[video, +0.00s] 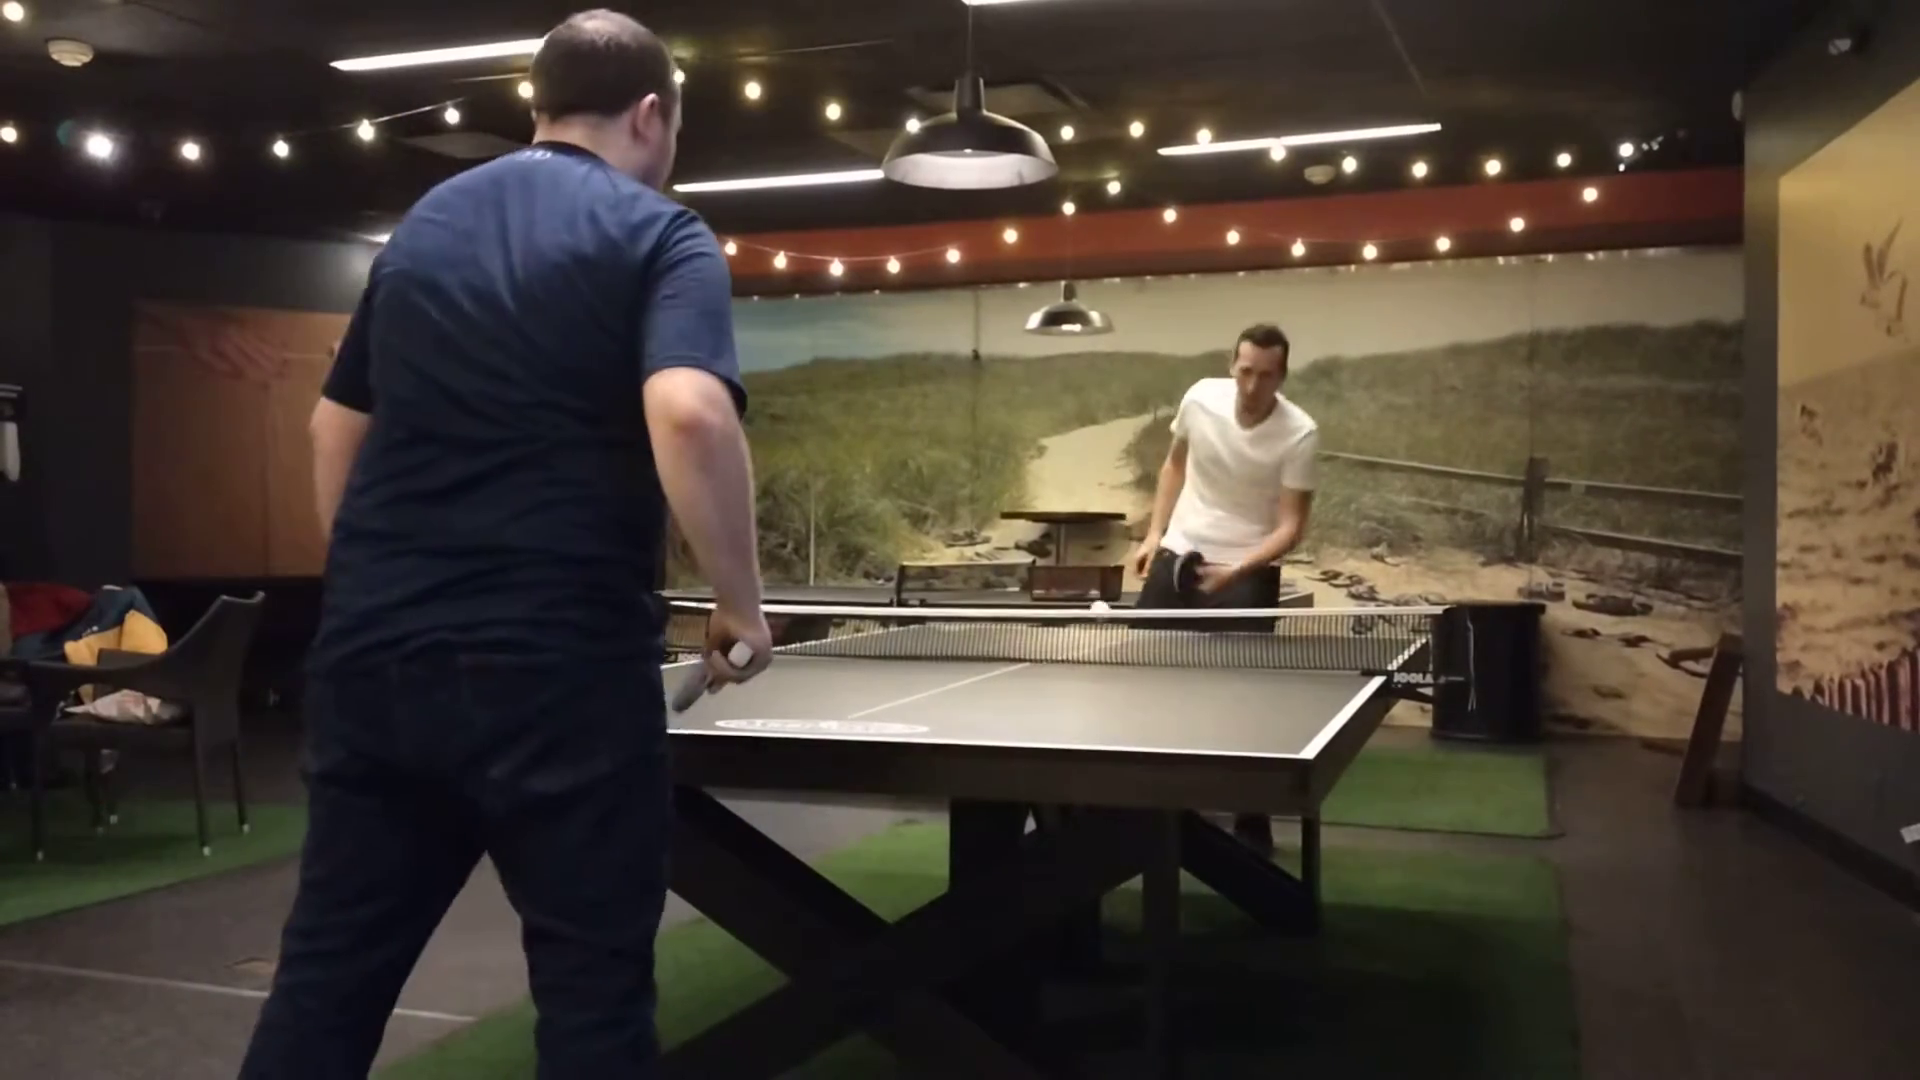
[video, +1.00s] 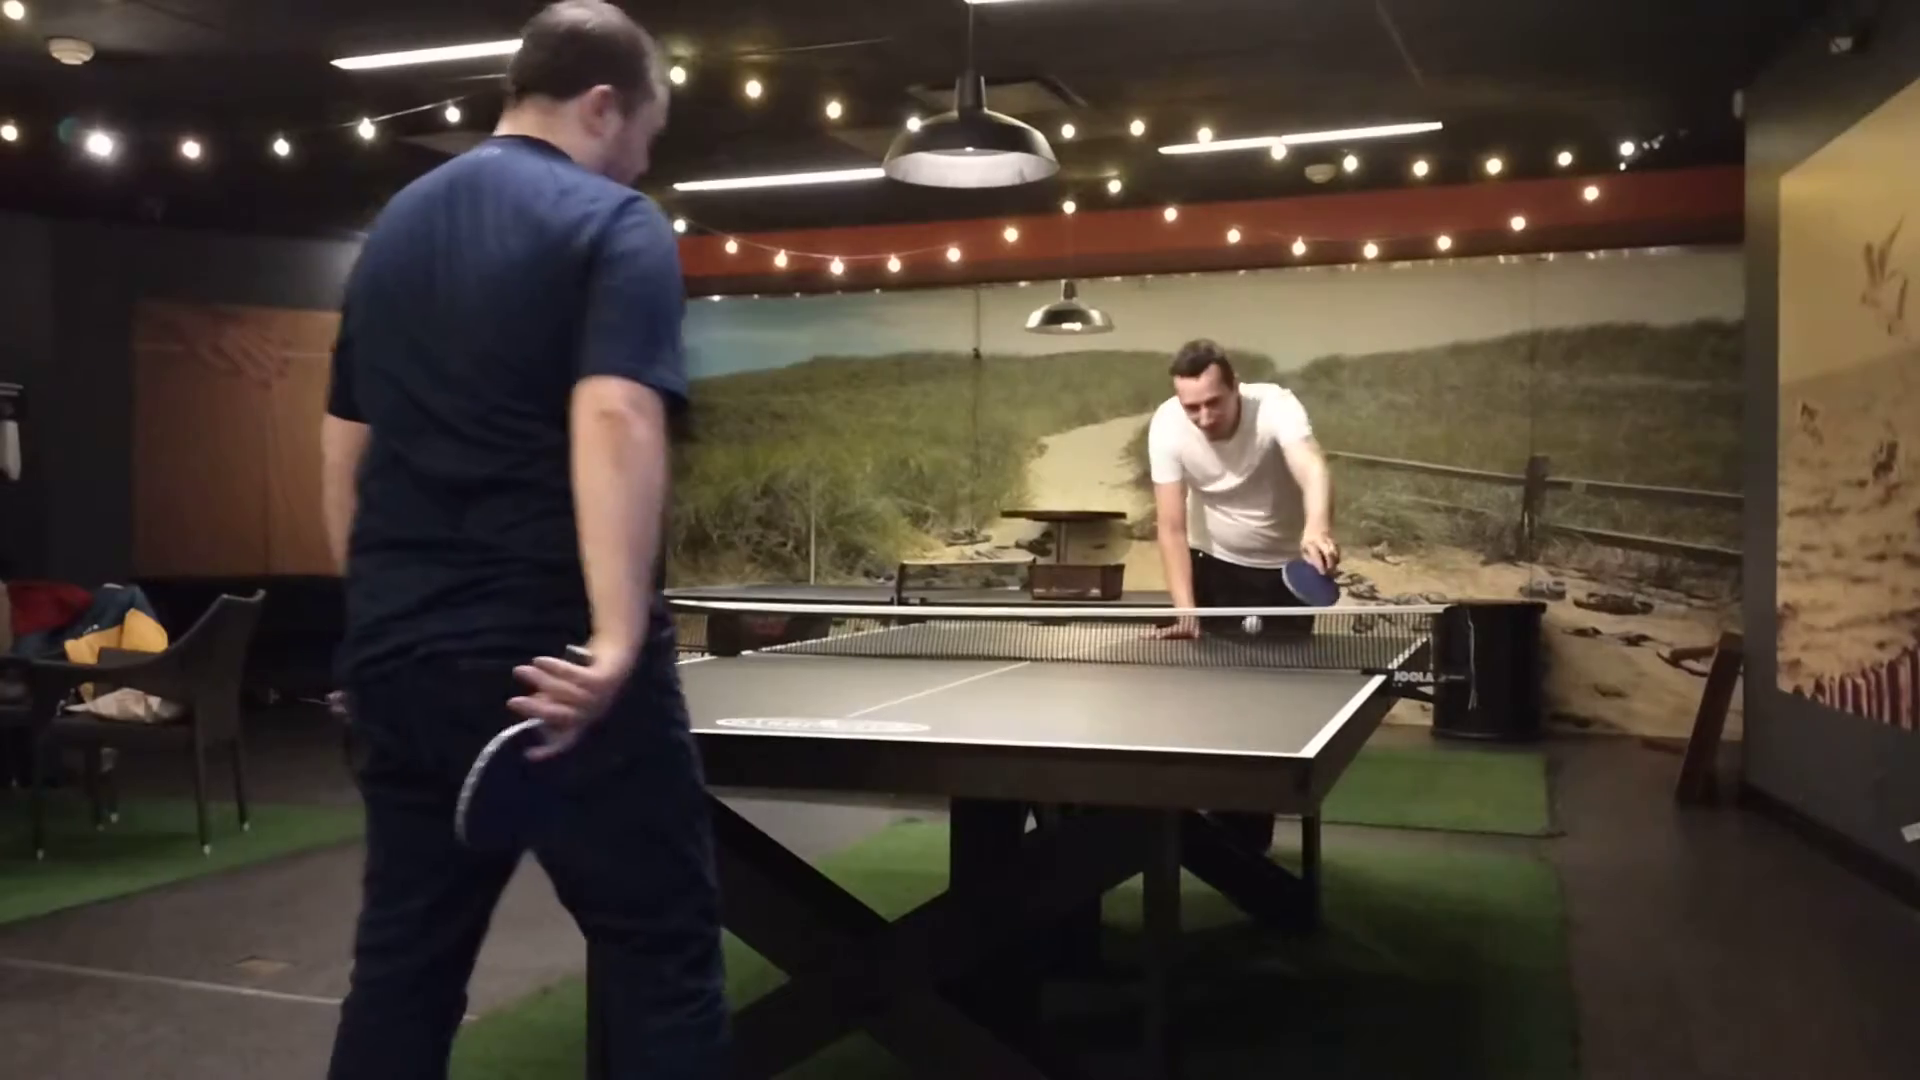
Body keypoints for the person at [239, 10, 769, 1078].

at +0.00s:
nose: (673, 148)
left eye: (676, 127)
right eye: (673, 125)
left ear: (540, 113)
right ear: (649, 115)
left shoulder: (427, 220)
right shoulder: (659, 228)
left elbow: (339, 424)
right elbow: (687, 411)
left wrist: (362, 578)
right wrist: (740, 606)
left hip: (380, 650)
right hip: (565, 668)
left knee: (326, 980)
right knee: (595, 998)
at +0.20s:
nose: (690, 135)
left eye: (693, 118)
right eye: (691, 115)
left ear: (556, 110)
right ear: (670, 107)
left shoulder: (451, 219)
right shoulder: (696, 230)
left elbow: (368, 432)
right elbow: (736, 432)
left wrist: (406, 579)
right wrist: (754, 603)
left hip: (425, 647)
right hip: (604, 664)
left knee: (356, 947)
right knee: (617, 985)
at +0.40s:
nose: (680, 127)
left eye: (676, 108)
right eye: (680, 107)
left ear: (545, 102)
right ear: (659, 97)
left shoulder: (425, 221)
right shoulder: (693, 227)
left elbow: (362, 437)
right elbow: (767, 435)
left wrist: (405, 577)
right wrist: (779, 610)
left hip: (422, 642)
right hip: (599, 655)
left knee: (408, 951)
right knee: (607, 981)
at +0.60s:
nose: (638, 135)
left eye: (639, 112)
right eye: (640, 109)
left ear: (502, 98)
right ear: (607, 95)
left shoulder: (377, 224)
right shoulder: (627, 227)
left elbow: (328, 437)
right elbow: (672, 436)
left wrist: (358, 594)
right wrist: (721, 647)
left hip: (396, 652)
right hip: (571, 667)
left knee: (396, 963)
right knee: (605, 980)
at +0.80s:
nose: (616, 151)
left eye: (619, 123)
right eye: (616, 120)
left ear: (481, 102)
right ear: (571, 100)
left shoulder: (371, 219)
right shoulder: (587, 217)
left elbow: (325, 450)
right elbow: (596, 413)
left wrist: (336, 612)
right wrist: (621, 635)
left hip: (371, 649)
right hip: (530, 660)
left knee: (383, 969)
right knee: (647, 950)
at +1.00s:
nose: (642, 162)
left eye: (648, 136)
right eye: (646, 131)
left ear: (524, 99)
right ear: (605, 105)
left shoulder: (399, 221)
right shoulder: (614, 222)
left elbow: (349, 450)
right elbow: (614, 415)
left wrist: (368, 621)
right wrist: (618, 637)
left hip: (406, 655)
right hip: (571, 659)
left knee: (402, 973)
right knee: (661, 965)